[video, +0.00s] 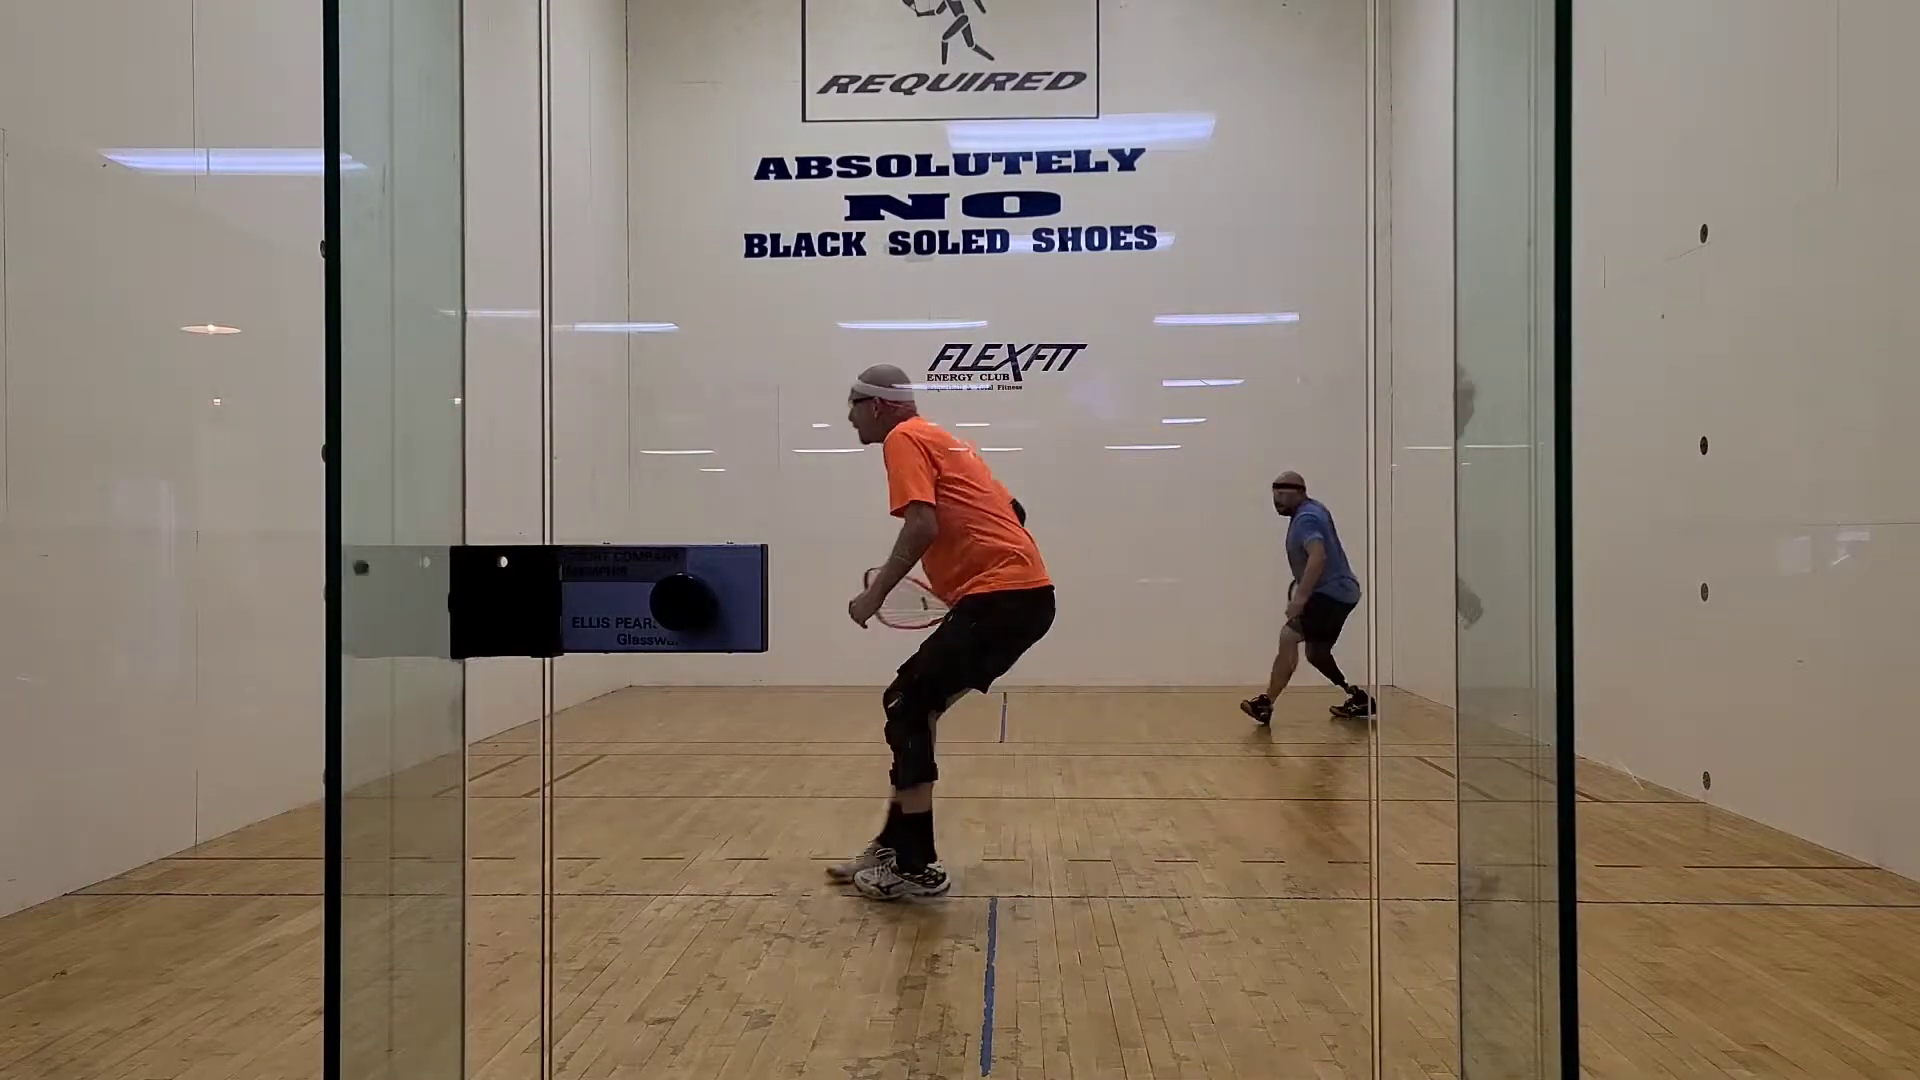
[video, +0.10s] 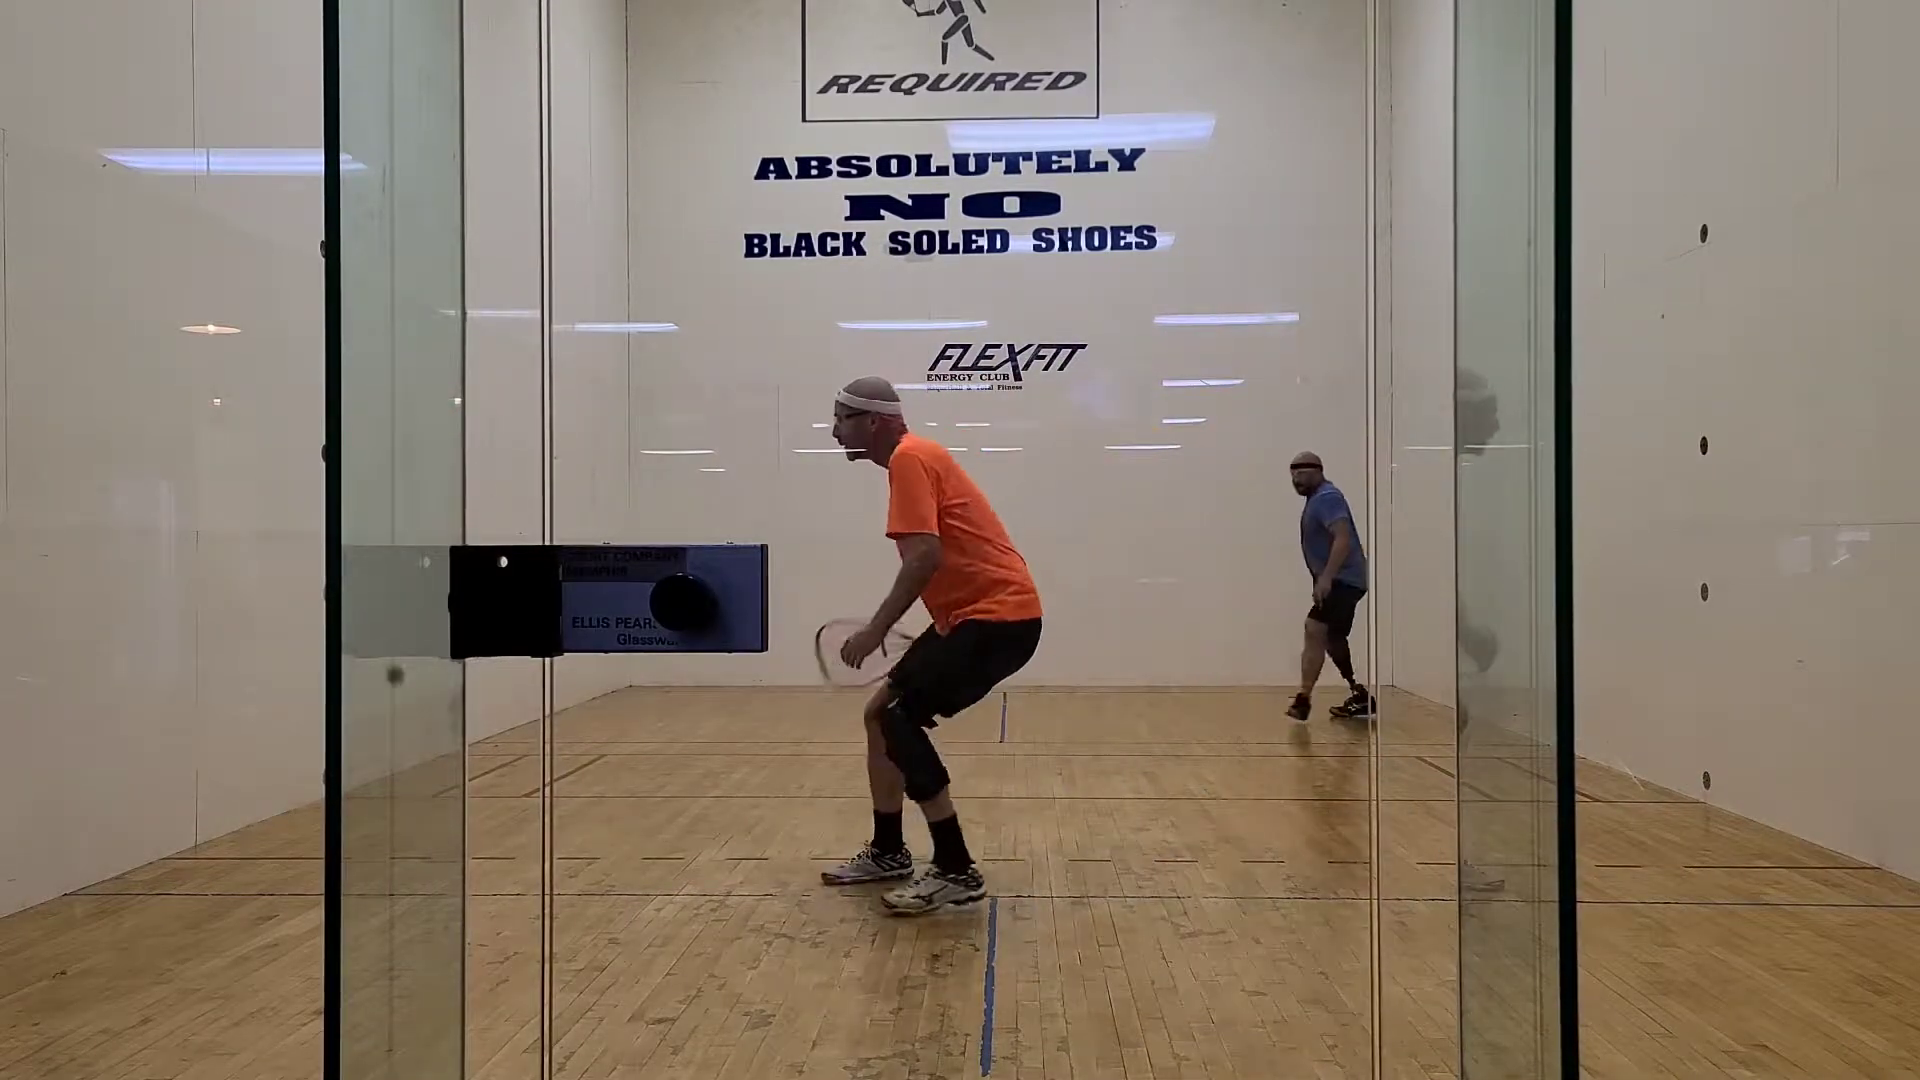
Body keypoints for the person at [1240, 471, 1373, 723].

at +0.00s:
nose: (1277, 499)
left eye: (1282, 493)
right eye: (1275, 494)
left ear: (1300, 493)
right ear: (1274, 494)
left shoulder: (1306, 518)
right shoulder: (1308, 512)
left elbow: (1317, 558)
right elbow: (1307, 558)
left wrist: (1299, 601)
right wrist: (1297, 586)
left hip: (1331, 593)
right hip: (1337, 592)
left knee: (1288, 636)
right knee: (1316, 654)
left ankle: (1266, 703)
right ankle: (1356, 697)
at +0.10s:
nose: (1297, 477)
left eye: (1303, 471)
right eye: (1294, 472)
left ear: (1318, 472)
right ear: (1293, 476)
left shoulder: (1328, 498)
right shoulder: (1316, 500)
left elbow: (1343, 538)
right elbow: (1329, 541)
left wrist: (1326, 577)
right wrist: (1321, 577)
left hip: (1344, 581)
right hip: (1337, 581)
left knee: (1314, 630)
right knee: (1334, 638)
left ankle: (1303, 700)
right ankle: (1359, 694)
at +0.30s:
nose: (1339, 471)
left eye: (1346, 467)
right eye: (1336, 466)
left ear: (1361, 472)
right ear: (1333, 471)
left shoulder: (1366, 499)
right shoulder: (1343, 503)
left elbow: (1383, 537)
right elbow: (1338, 548)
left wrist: (1373, 568)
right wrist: (1332, 582)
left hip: (1361, 582)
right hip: (1346, 583)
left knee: (1352, 643)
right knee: (1351, 646)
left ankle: (1402, 686)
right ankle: (1394, 687)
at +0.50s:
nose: (1360, 473)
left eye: (1366, 469)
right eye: (1356, 469)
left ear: (1378, 473)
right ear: (1351, 474)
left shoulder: (1387, 501)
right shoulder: (1359, 509)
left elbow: (1397, 539)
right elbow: (1351, 549)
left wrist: (1371, 564)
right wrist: (1327, 573)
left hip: (1393, 591)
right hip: (1368, 593)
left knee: (1393, 648)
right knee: (1361, 644)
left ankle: (1437, 705)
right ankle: (1395, 688)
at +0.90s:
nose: (1361, 503)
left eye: (1365, 498)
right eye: (1356, 498)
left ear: (1375, 495)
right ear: (1350, 498)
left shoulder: (1393, 518)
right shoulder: (1360, 519)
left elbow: (1415, 569)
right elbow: (1363, 551)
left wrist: (1389, 603)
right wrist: (1353, 577)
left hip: (1419, 586)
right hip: (1387, 588)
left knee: (1412, 645)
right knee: (1357, 649)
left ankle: (1438, 717)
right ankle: (1367, 703)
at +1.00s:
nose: (1359, 519)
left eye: (1363, 512)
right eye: (1356, 514)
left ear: (1376, 506)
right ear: (1354, 512)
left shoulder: (1399, 523)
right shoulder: (1364, 525)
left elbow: (1435, 561)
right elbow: (1379, 561)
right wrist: (1370, 589)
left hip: (1429, 589)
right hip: (1398, 592)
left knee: (1408, 640)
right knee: (1361, 643)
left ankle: (1438, 713)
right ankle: (1367, 701)